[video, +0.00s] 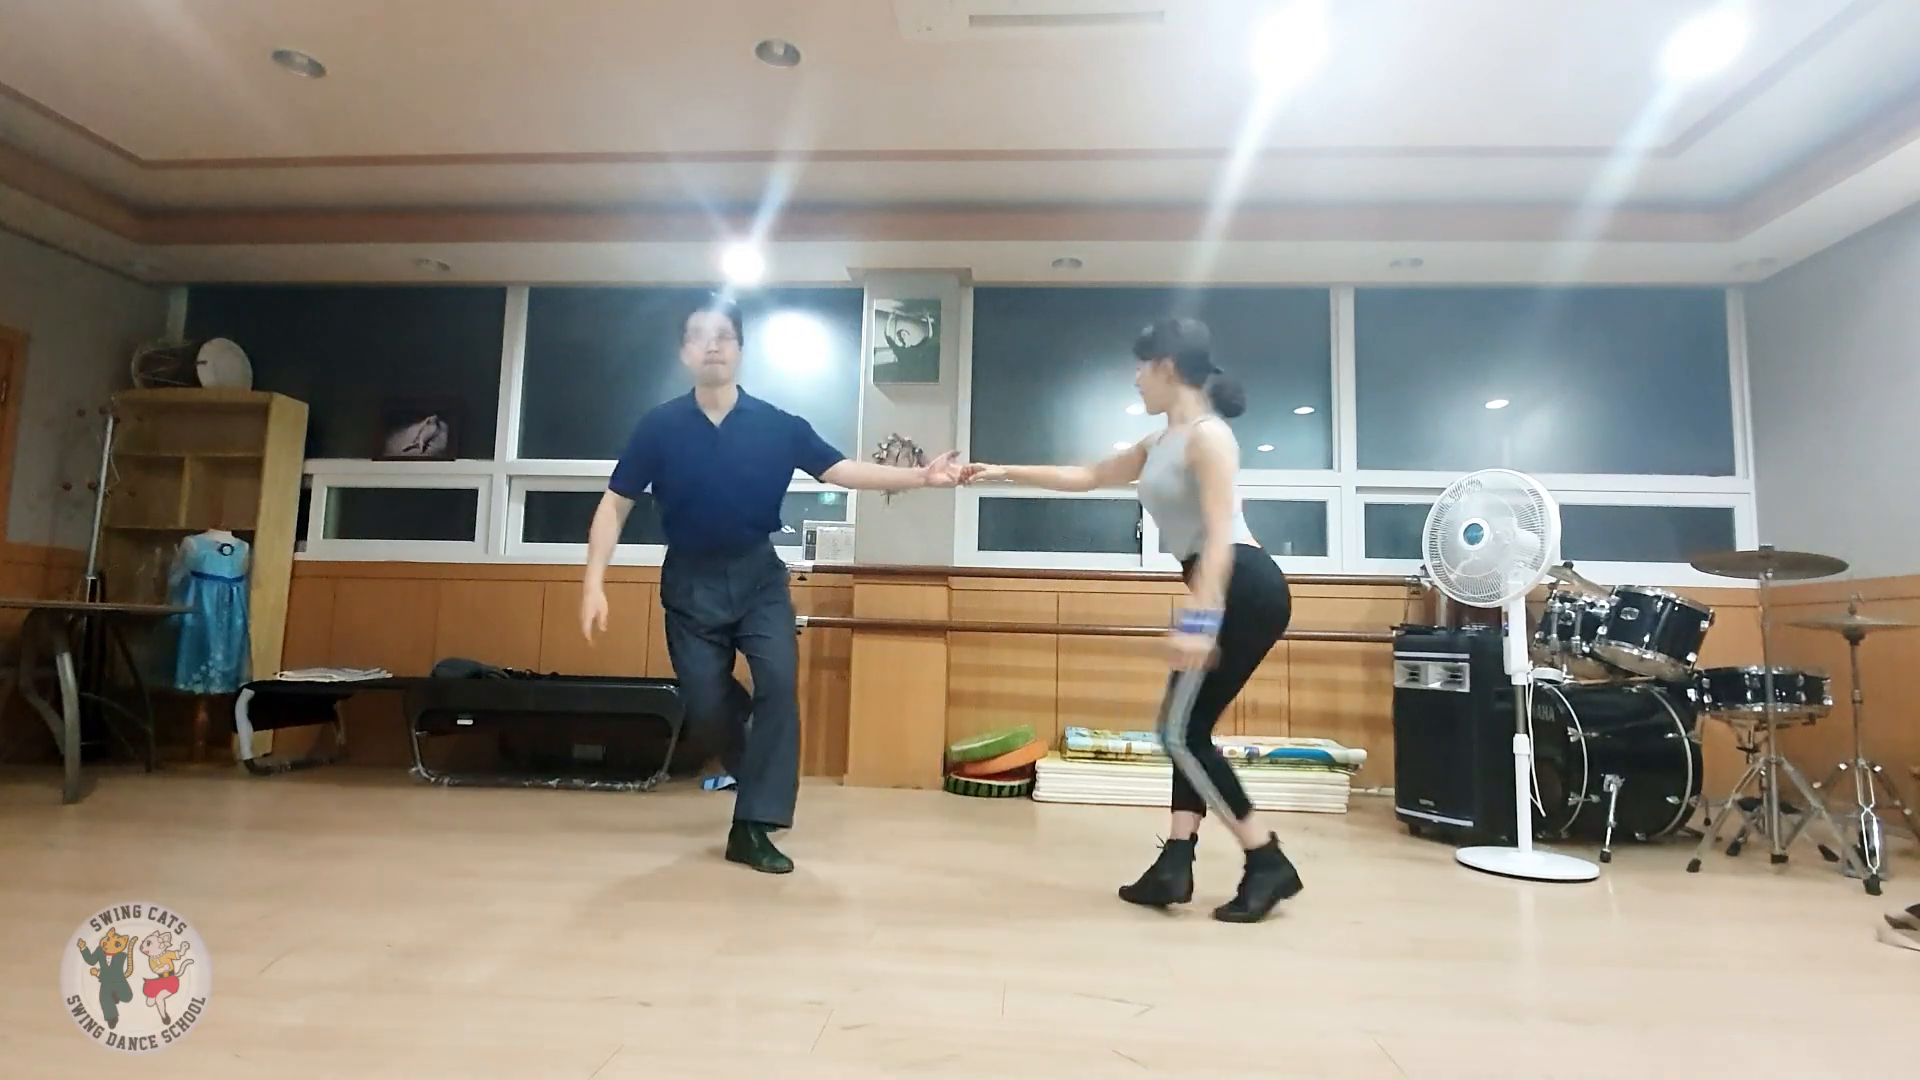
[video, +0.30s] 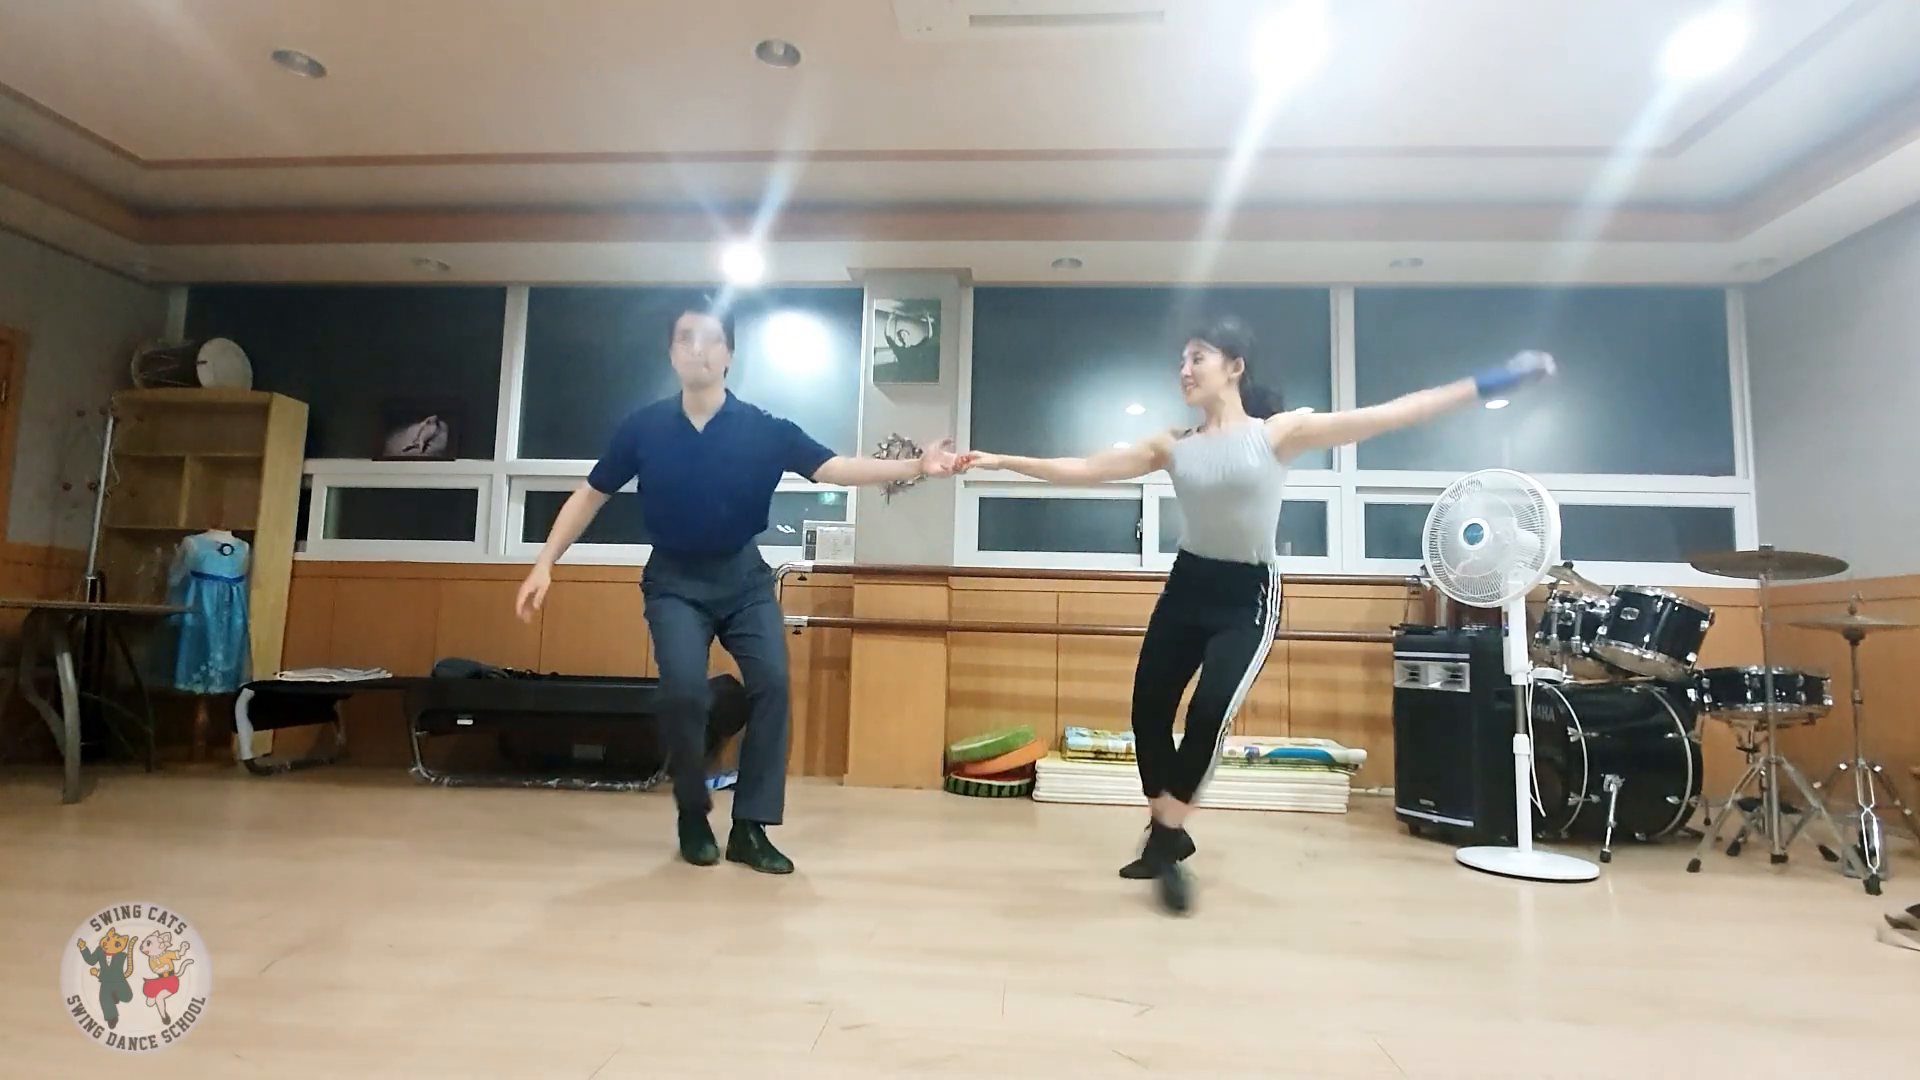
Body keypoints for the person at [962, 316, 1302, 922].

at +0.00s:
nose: (1137, 379)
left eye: (1143, 367)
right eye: (1138, 368)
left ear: (1171, 370)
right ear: (1172, 371)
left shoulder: (1208, 437)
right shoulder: (1162, 440)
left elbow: (1220, 532)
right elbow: (1081, 477)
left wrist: (1201, 618)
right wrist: (993, 471)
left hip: (1245, 591)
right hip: (1220, 591)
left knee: (1181, 730)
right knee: (1182, 728)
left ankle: (1267, 859)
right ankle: (1176, 863)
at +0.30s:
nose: (1185, 368)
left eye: (1199, 358)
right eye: (1183, 360)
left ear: (1236, 369)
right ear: (1186, 378)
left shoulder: (1281, 432)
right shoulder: (1170, 445)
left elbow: (1388, 415)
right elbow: (1078, 470)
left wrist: (1488, 383)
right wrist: (992, 460)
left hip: (1250, 597)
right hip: (1186, 591)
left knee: (1208, 714)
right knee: (1149, 711)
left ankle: (1166, 837)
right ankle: (1168, 836)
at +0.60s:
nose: (1160, 372)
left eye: (1173, 364)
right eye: (1159, 366)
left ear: (1209, 378)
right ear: (1169, 385)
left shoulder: (1247, 432)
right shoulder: (1150, 462)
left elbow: (1323, 356)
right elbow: (1059, 484)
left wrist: (1350, 258)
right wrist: (972, 474)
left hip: (1230, 605)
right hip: (1166, 601)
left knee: (1164, 726)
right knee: (1128, 725)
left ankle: (1087, 873)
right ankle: (1151, 827)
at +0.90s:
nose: (1117, 386)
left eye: (1129, 376)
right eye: (1119, 376)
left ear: (1164, 386)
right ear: (1140, 388)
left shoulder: (1184, 434)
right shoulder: (1126, 469)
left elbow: (1247, 416)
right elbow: (1053, 499)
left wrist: (1286, 337)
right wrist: (973, 492)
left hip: (1180, 575)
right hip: (1216, 604)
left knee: (1114, 718)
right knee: (1144, 727)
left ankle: (1105, 890)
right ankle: (1099, 846)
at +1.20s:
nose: (1078, 372)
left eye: (1088, 362)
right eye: (1081, 362)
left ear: (1121, 369)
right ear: (1114, 372)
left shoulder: (1163, 430)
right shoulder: (1085, 454)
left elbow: (1236, 440)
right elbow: (1010, 483)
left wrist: (1281, 382)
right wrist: (925, 481)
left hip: (1169, 597)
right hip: (1126, 598)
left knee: (1066, 693)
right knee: (1067, 700)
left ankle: (1047, 844)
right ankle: (1103, 839)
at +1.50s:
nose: (979, 365)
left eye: (985, 355)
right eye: (981, 356)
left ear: (1015, 360)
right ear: (1011, 363)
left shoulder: (1065, 430)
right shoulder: (984, 444)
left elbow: (1143, 480)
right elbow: (922, 492)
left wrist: (1219, 491)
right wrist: (840, 491)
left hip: (1054, 590)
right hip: (995, 592)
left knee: (1007, 716)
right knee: (1024, 722)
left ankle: (973, 867)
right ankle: (1089, 830)